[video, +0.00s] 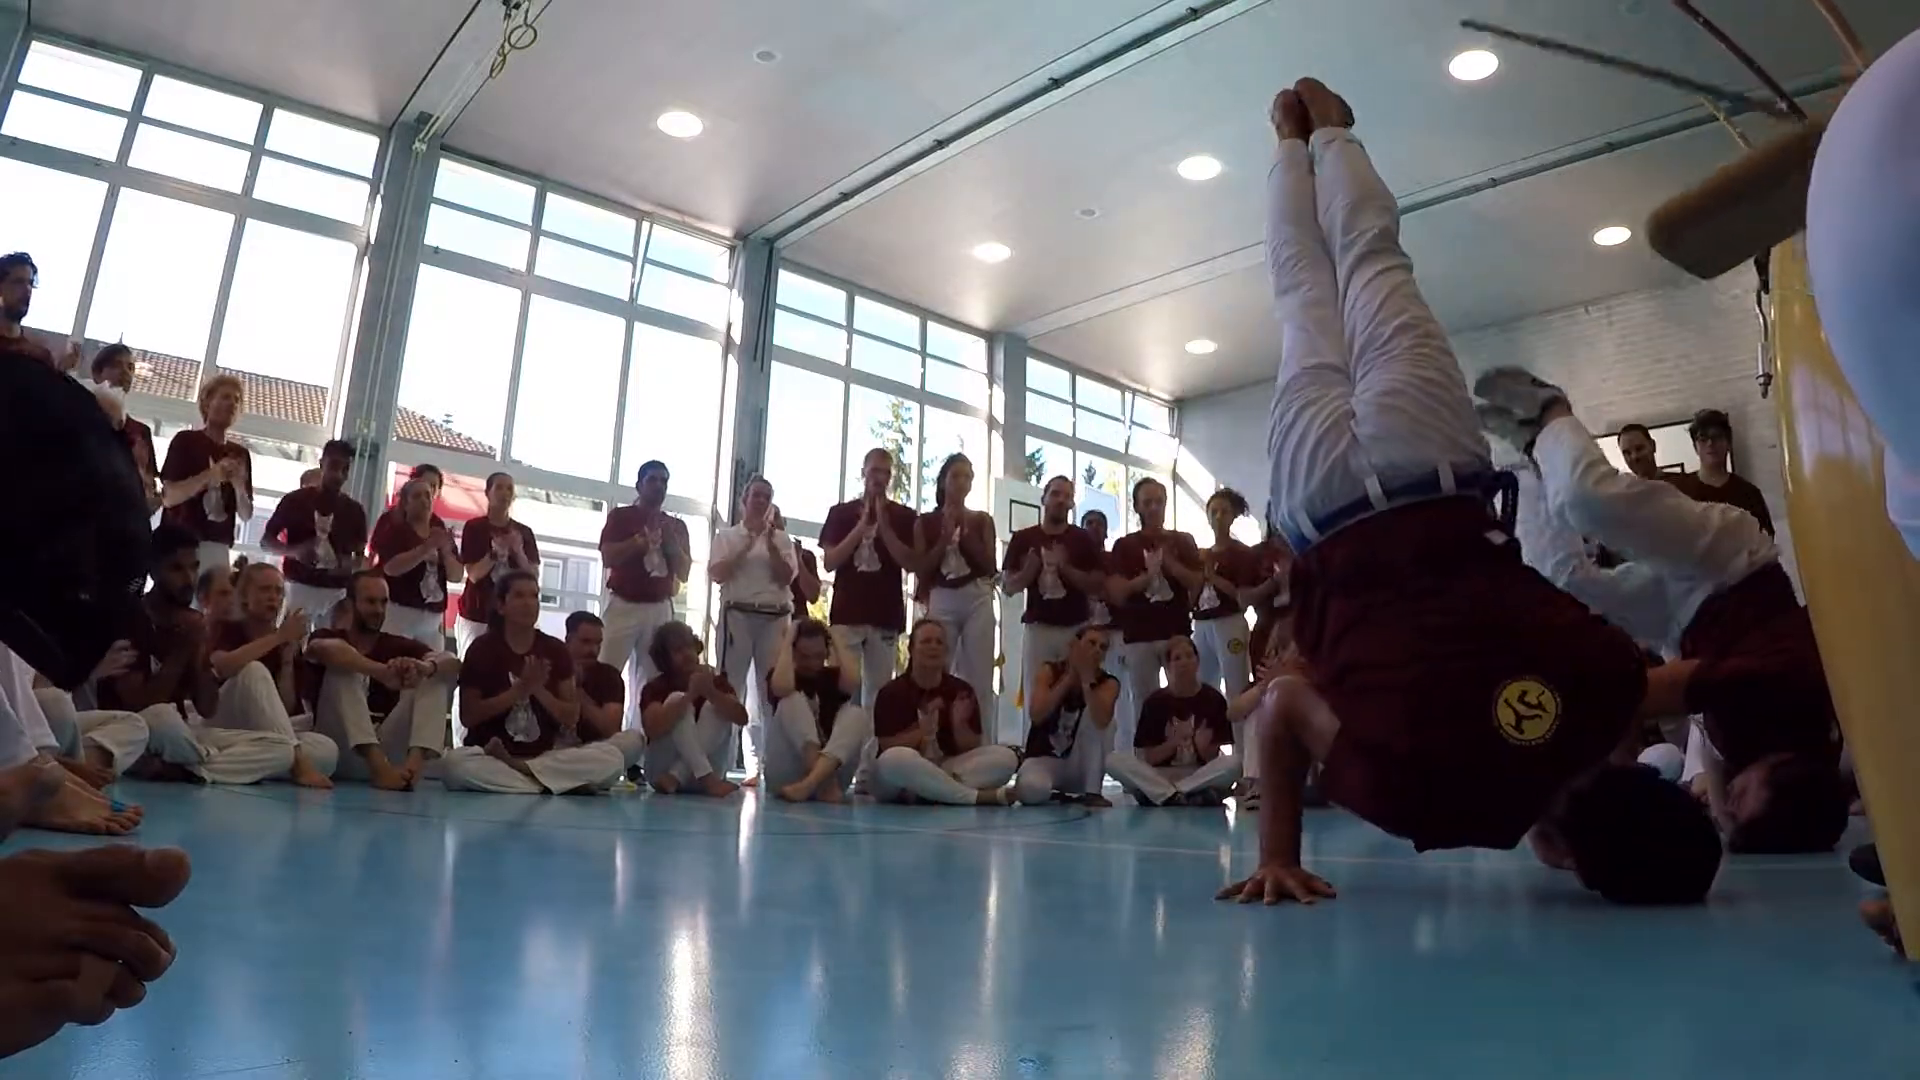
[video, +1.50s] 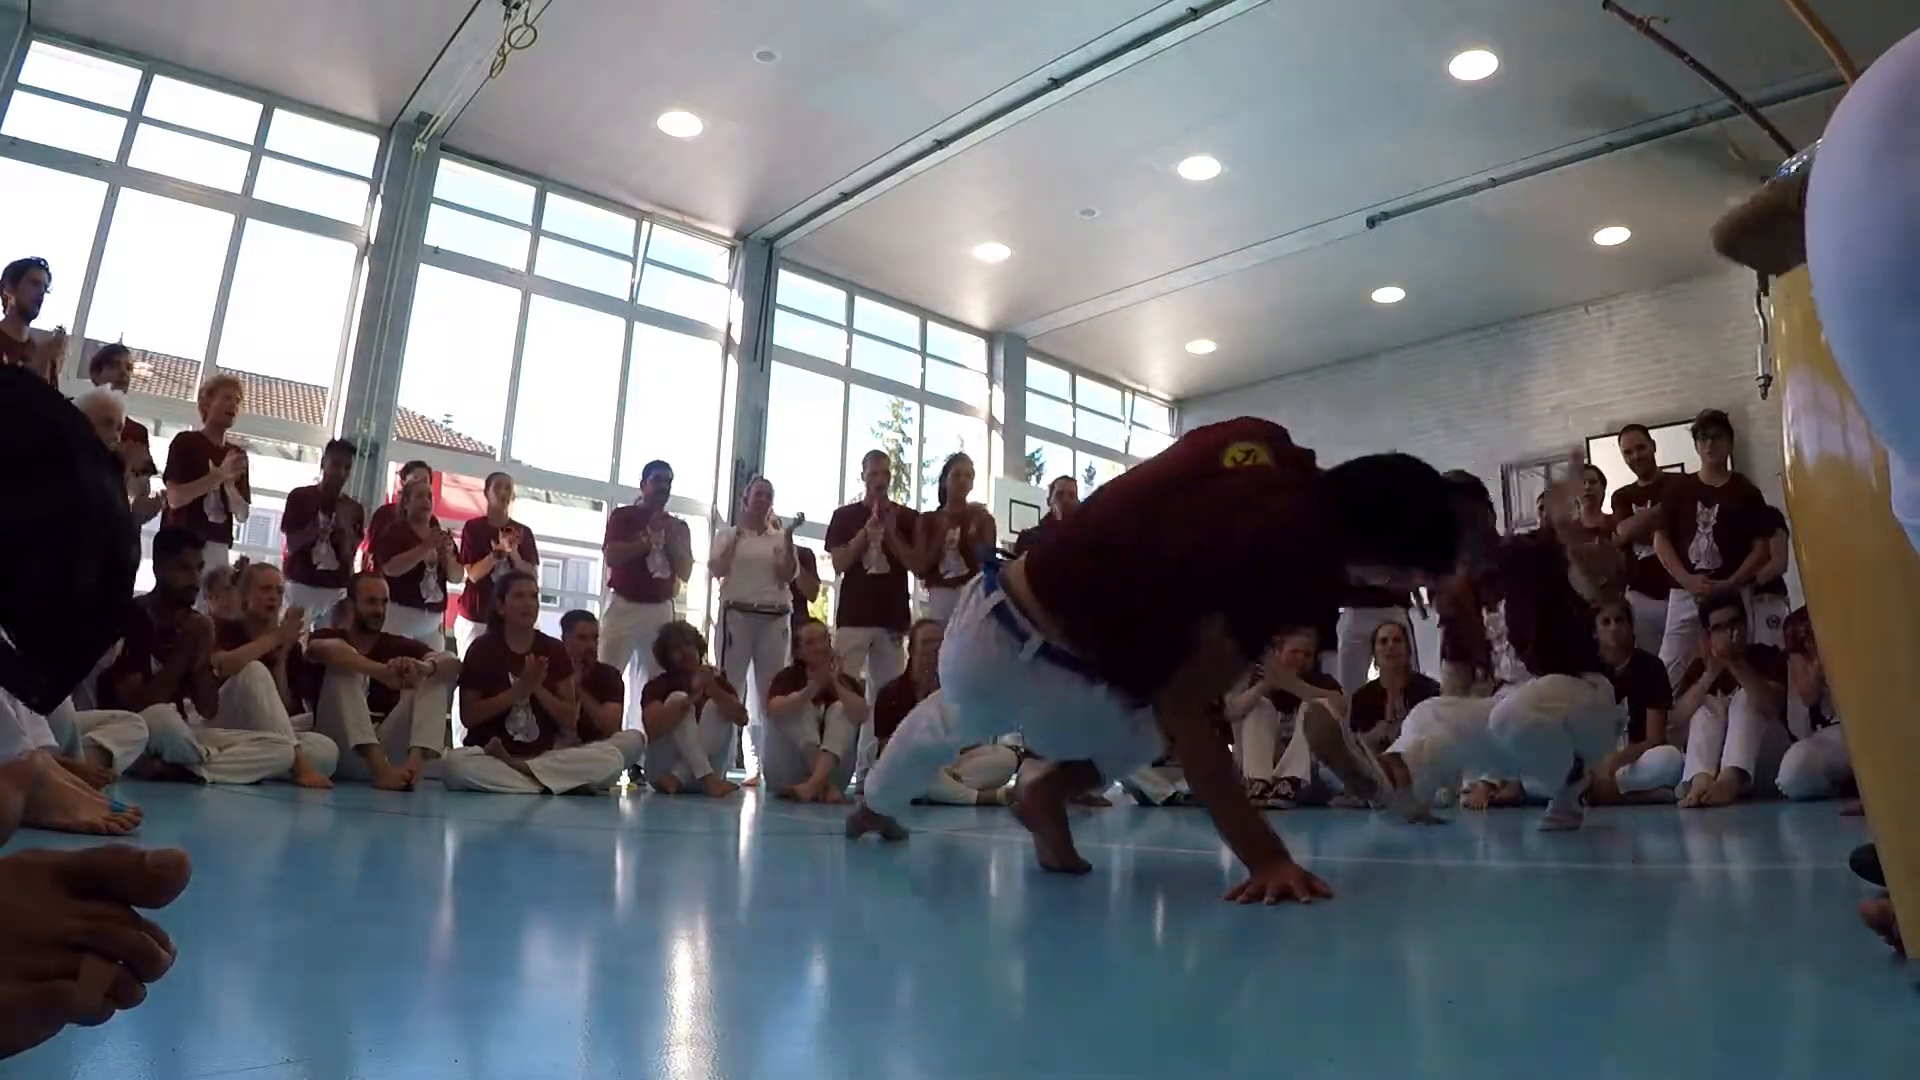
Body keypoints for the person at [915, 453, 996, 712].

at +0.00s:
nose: (962, 482)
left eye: (967, 477)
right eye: (956, 475)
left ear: (972, 483)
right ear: (943, 480)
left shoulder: (982, 521)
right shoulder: (925, 522)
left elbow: (988, 567)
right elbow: (922, 569)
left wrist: (965, 540)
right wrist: (944, 540)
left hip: (978, 599)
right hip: (941, 598)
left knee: (980, 678)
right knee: (938, 675)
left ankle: (983, 747)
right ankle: (936, 747)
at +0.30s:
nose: (965, 481)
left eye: (970, 477)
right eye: (959, 475)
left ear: (975, 483)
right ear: (946, 480)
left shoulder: (985, 520)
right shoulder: (928, 522)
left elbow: (992, 567)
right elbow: (923, 567)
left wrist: (968, 542)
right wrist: (947, 542)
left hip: (980, 602)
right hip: (942, 602)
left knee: (981, 681)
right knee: (938, 677)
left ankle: (983, 749)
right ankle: (936, 750)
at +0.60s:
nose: (968, 481)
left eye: (974, 476)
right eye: (962, 475)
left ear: (979, 482)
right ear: (949, 481)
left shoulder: (988, 520)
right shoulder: (932, 522)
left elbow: (994, 566)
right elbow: (928, 570)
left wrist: (968, 535)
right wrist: (955, 541)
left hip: (983, 599)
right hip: (946, 599)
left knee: (983, 681)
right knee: (942, 676)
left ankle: (984, 751)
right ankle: (939, 750)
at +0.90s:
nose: (969, 484)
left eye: (974, 477)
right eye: (963, 477)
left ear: (981, 479)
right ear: (950, 480)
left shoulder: (990, 518)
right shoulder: (938, 519)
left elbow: (996, 566)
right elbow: (927, 574)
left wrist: (972, 546)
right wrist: (947, 551)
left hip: (983, 596)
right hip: (947, 597)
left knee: (983, 674)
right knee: (943, 671)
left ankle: (984, 747)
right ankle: (941, 744)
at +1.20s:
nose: (966, 480)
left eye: (972, 476)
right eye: (961, 475)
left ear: (977, 483)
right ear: (948, 481)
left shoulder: (989, 521)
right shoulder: (930, 521)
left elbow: (993, 568)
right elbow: (924, 568)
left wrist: (970, 541)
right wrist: (947, 536)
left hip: (979, 592)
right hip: (943, 595)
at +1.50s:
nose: (962, 480)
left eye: (968, 475)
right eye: (956, 475)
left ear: (973, 482)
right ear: (944, 480)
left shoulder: (984, 520)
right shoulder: (927, 520)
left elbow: (987, 562)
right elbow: (920, 565)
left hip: (973, 593)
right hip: (940, 593)